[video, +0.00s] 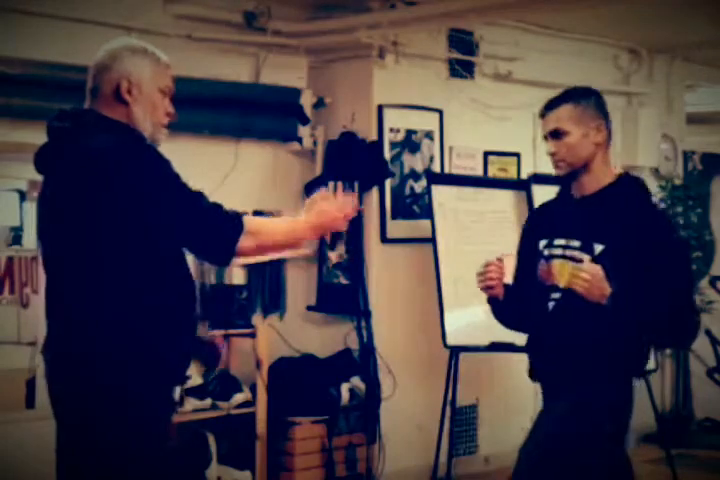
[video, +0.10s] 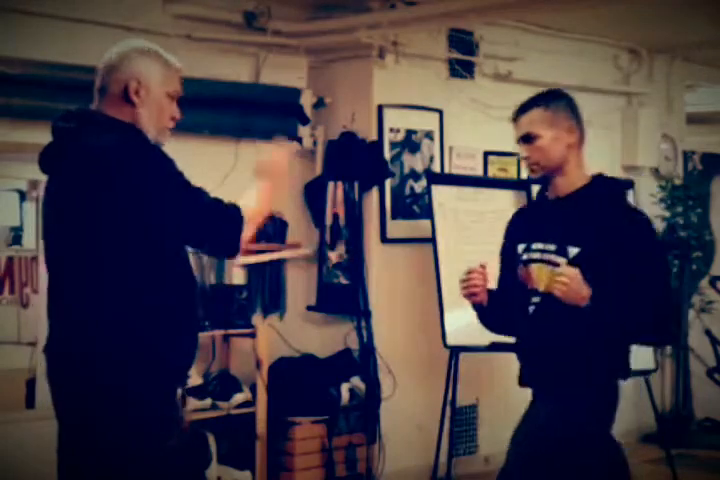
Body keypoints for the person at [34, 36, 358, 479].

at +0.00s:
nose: (171, 112)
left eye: (171, 98)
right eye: (165, 95)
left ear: (124, 90)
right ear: (128, 90)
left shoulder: (69, 158)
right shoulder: (126, 156)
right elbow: (226, 239)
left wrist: (294, 228)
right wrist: (310, 225)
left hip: (81, 374)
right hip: (127, 380)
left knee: (85, 470)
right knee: (133, 470)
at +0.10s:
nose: (178, 115)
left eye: (178, 102)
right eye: (173, 99)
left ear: (134, 92)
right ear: (137, 92)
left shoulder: (73, 155)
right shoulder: (131, 156)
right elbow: (224, 232)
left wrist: (238, 233)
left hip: (83, 367)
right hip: (132, 373)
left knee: (88, 469)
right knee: (143, 469)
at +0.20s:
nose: (188, 118)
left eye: (189, 106)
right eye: (183, 103)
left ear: (139, 93)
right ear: (146, 94)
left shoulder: (76, 155)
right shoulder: (143, 159)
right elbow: (232, 224)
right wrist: (208, 160)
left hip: (80, 362)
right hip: (133, 368)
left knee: (84, 468)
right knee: (130, 469)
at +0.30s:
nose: (195, 128)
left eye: (198, 116)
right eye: (192, 112)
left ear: (150, 96)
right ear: (159, 99)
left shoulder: (79, 157)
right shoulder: (158, 160)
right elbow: (233, 239)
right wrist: (220, 194)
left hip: (76, 359)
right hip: (136, 367)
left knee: (81, 468)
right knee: (132, 469)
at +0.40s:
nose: (197, 136)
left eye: (202, 124)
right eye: (196, 120)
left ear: (157, 102)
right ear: (163, 104)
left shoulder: (79, 159)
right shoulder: (157, 164)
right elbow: (223, 245)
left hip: (75, 364)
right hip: (132, 371)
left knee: (78, 468)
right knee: (132, 469)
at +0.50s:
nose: (203, 142)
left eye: (209, 130)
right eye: (203, 126)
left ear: (162, 105)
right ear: (170, 107)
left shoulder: (77, 165)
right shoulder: (163, 170)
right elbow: (238, 281)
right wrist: (303, 340)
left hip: (70, 367)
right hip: (135, 375)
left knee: (75, 469)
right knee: (133, 469)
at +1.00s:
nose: (196, 115)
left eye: (196, 102)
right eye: (191, 99)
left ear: (153, 96)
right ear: (154, 97)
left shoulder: (85, 158)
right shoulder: (144, 162)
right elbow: (213, 282)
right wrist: (285, 333)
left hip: (81, 366)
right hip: (129, 377)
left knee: (83, 469)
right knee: (129, 470)